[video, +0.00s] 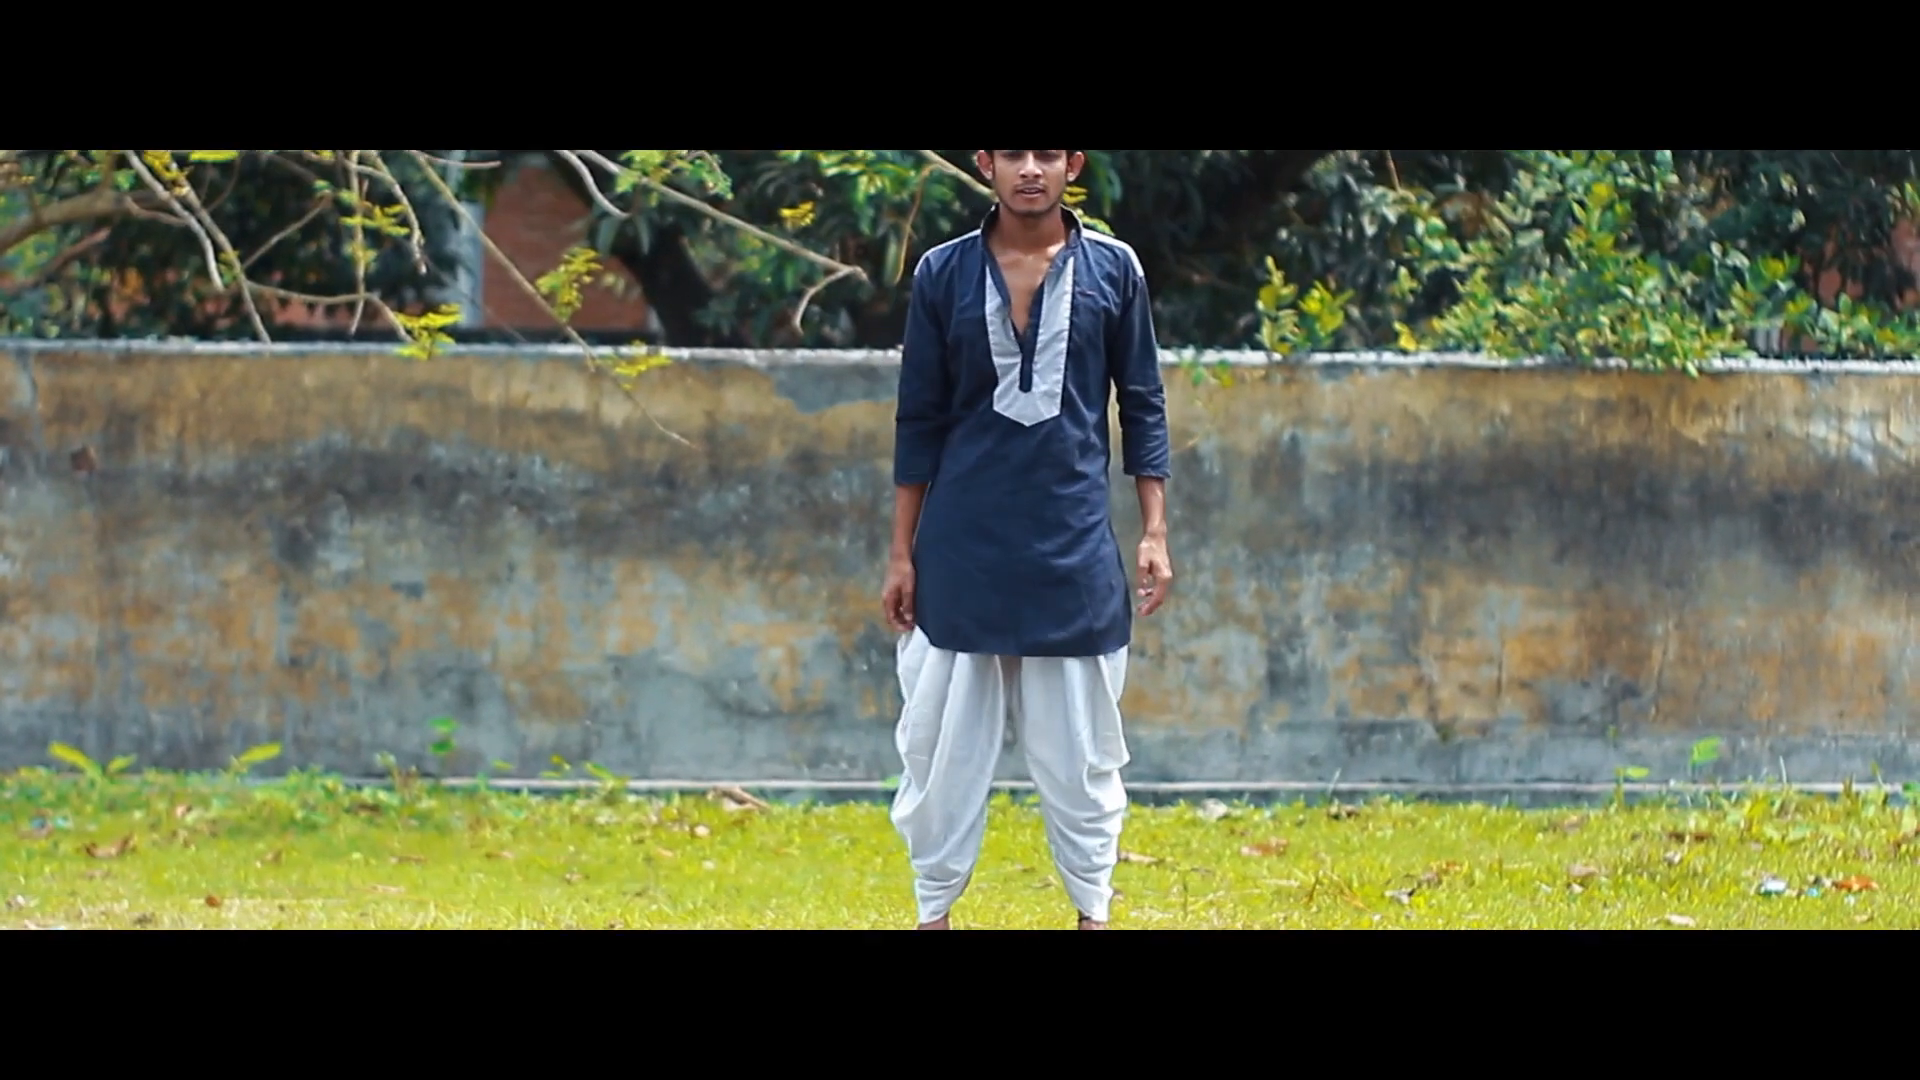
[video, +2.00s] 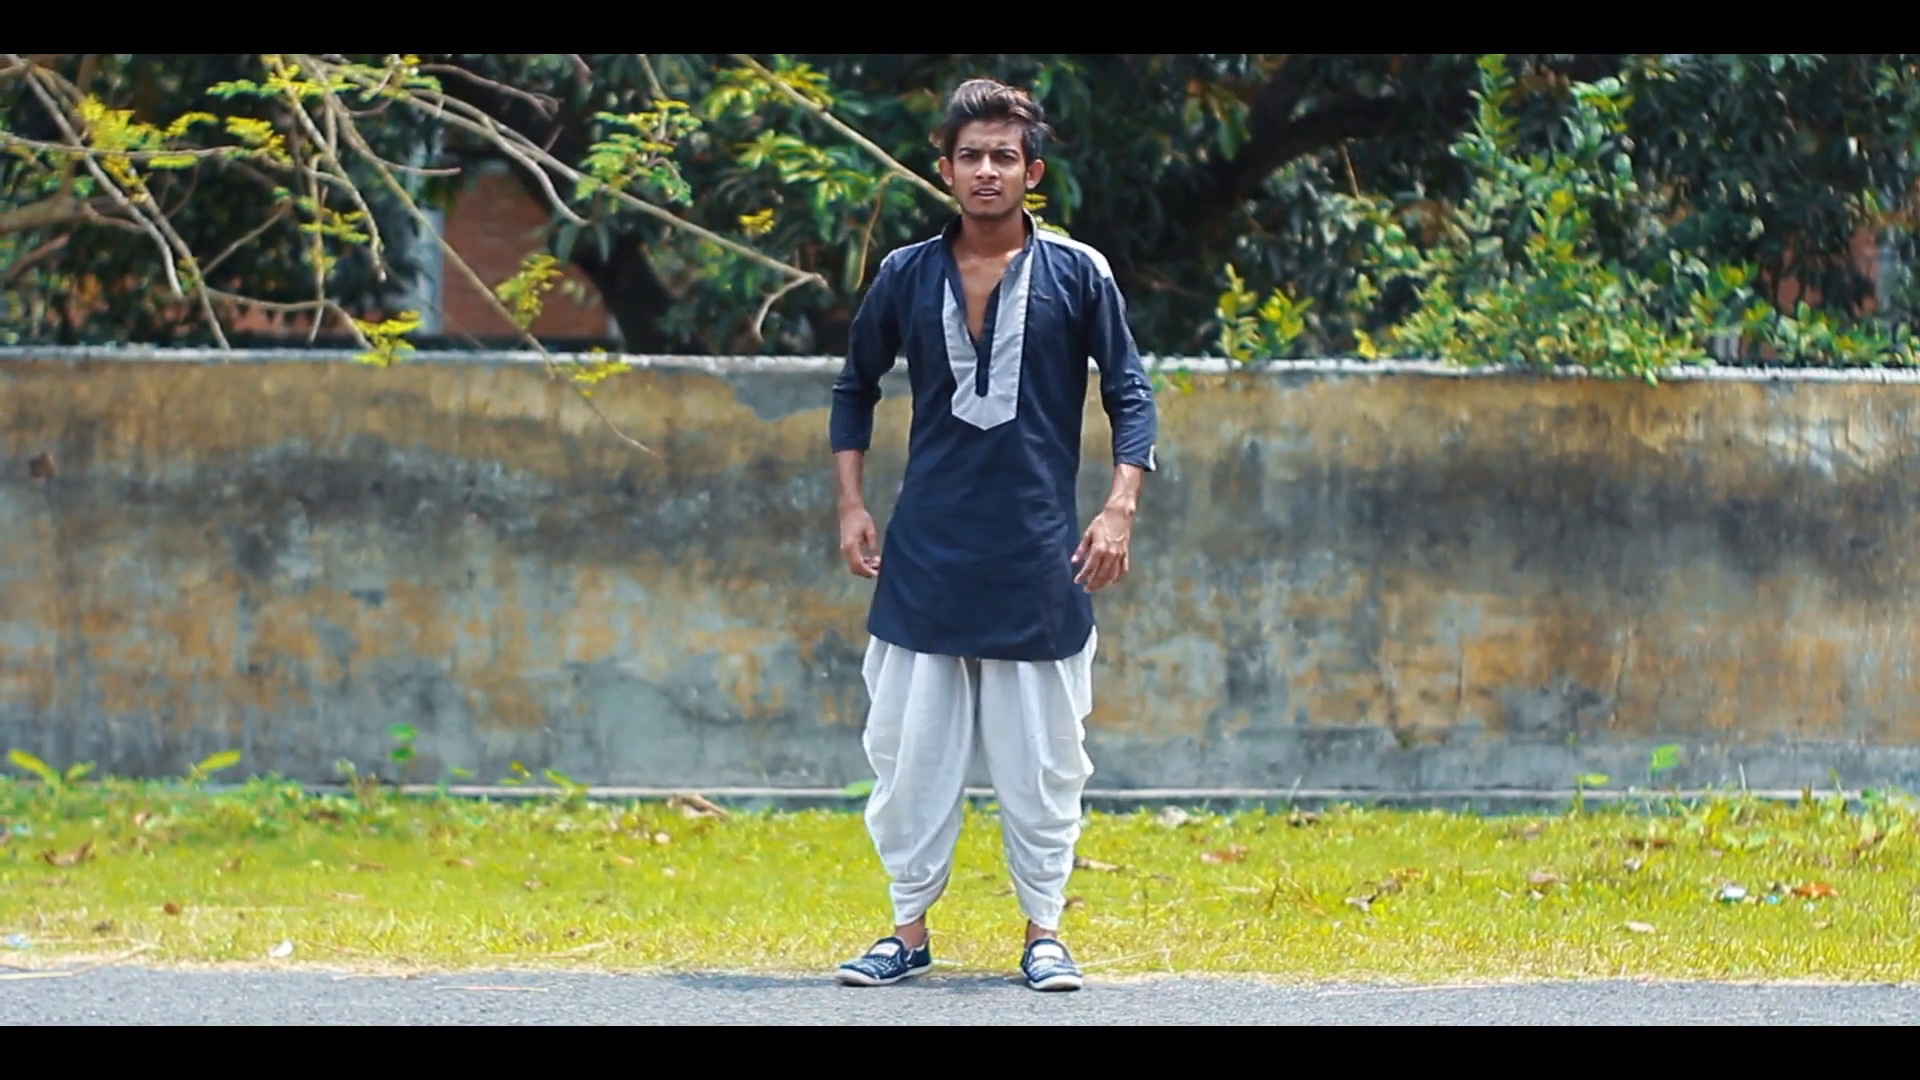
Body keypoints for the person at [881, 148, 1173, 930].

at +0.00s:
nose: (1030, 172)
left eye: (1046, 156)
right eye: (1013, 156)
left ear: (1070, 165)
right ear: (987, 164)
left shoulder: (1113, 267)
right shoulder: (941, 271)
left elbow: (1142, 404)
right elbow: (918, 418)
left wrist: (1154, 529)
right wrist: (901, 551)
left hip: (1072, 543)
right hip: (958, 543)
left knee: (1081, 744)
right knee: (940, 745)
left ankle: (1093, 914)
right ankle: (933, 915)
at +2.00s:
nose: (988, 173)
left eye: (1005, 158)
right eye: (972, 158)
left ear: (1031, 169)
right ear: (948, 169)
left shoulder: (1079, 273)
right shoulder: (902, 275)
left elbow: (1130, 396)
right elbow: (856, 388)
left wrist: (1120, 507)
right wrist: (851, 503)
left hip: (1036, 547)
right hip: (926, 546)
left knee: (1043, 750)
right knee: (907, 747)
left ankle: (1044, 935)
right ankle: (910, 933)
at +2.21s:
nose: (980, 194)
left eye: (997, 179)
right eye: (964, 178)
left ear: (1023, 193)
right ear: (938, 190)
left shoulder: (1063, 297)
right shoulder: (904, 298)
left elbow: (1148, 402)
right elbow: (878, 423)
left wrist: (1244, 489)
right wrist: (775, 488)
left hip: (1024, 561)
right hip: (920, 557)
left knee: (1042, 760)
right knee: (886, 750)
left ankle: (1042, 935)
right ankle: (902, 932)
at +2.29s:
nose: (981, 202)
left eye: (998, 187)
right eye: (966, 187)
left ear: (1025, 200)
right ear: (940, 198)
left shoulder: (1068, 298)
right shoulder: (908, 299)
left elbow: (1184, 363)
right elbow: (844, 388)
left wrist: (1314, 376)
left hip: (1025, 572)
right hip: (920, 568)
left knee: (1040, 763)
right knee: (878, 754)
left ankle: (1041, 936)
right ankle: (900, 937)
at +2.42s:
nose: (1005, 154)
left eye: (1020, 138)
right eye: (990, 138)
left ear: (1051, 142)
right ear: (966, 143)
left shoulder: (1093, 223)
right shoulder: (931, 220)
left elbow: (1170, 245)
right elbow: (835, 230)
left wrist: (1215, 242)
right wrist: (787, 209)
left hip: (1051, 515)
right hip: (949, 511)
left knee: (1026, 715)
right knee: (918, 720)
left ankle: (1016, 903)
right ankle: (939, 906)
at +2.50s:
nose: (1023, 145)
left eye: (1040, 129)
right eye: (1008, 130)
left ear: (1073, 132)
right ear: (985, 132)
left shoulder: (1110, 212)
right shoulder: (959, 205)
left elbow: (1155, 289)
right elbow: (837, 253)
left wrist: (1066, 287)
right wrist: (924, 246)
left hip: (1067, 491)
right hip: (973, 485)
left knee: (1017, 690)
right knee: (936, 695)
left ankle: (986, 892)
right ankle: (1022, 884)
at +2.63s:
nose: (1053, 186)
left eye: (1071, 168)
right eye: (1037, 169)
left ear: (1103, 183)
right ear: (1014, 180)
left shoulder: (1130, 288)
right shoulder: (987, 280)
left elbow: (1083, 404)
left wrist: (984, 339)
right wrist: (1030, 294)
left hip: (1097, 533)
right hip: (1001, 525)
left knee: (1010, 710)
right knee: (989, 726)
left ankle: (943, 924)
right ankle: (1095, 929)